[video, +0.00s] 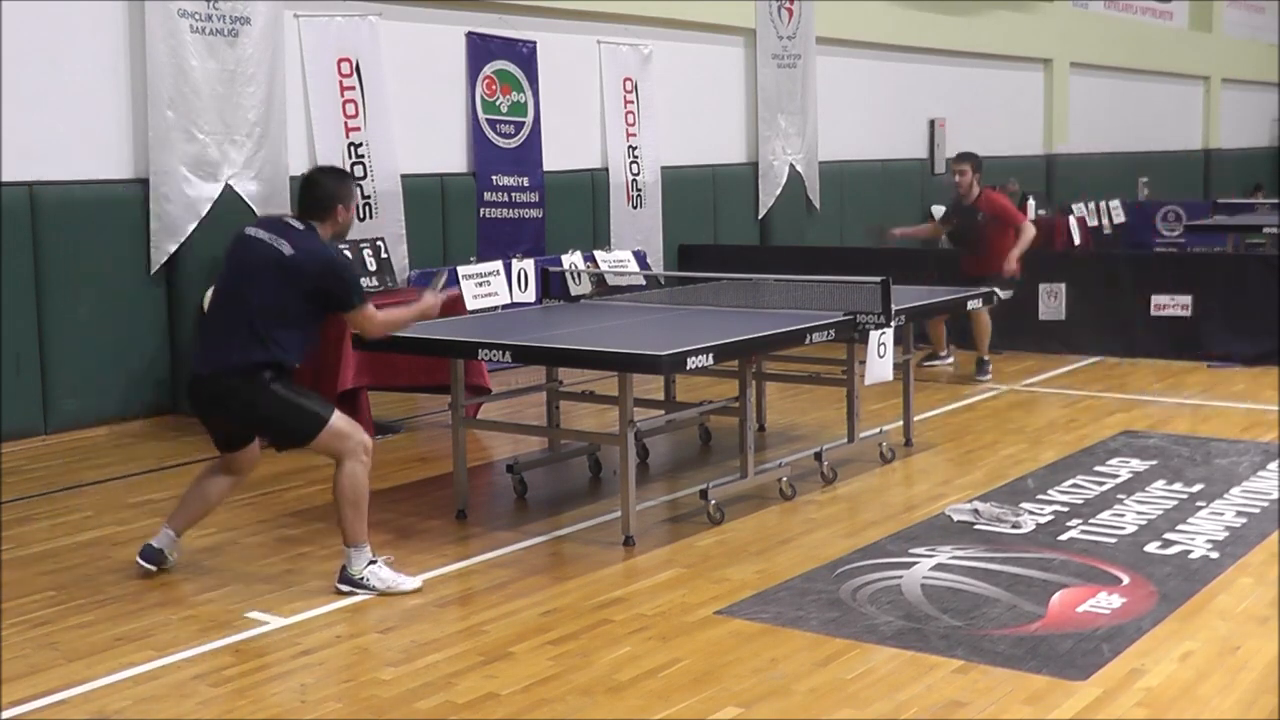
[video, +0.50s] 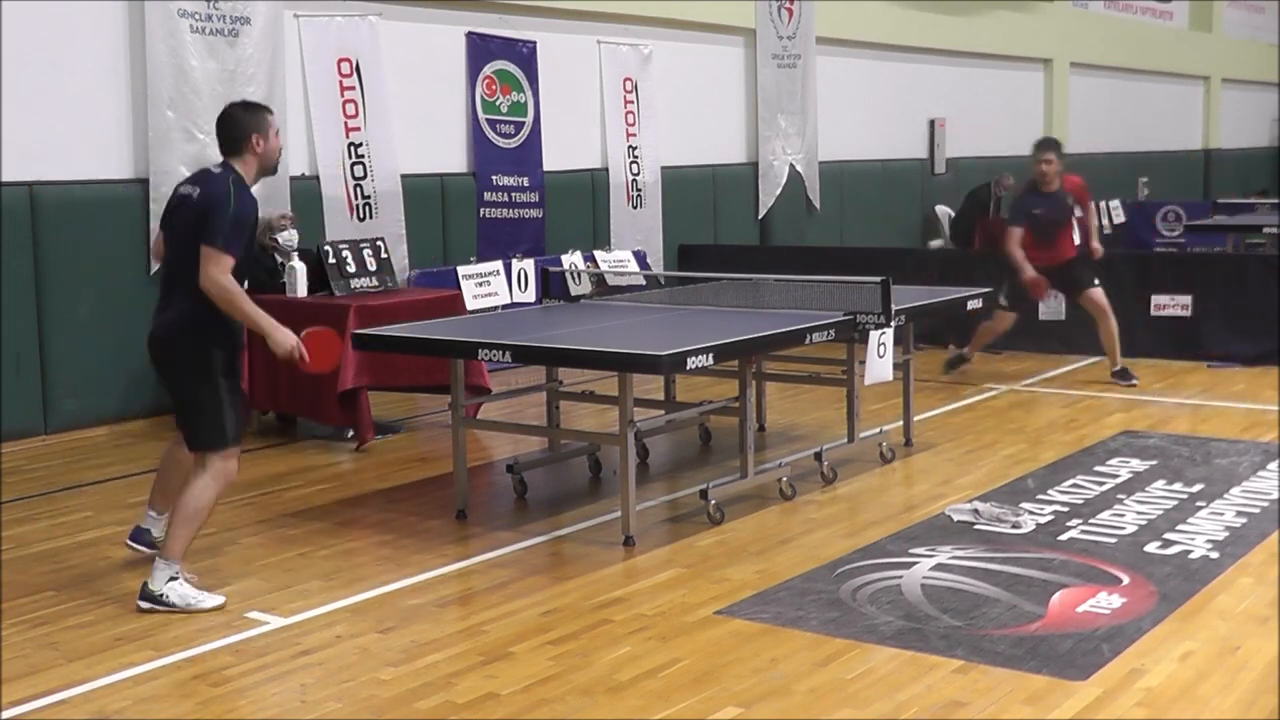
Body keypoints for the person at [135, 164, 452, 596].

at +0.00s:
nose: (354, 213)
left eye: (353, 205)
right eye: (352, 206)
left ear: (304, 203)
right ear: (341, 212)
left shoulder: (257, 229)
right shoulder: (328, 261)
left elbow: (217, 300)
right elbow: (370, 325)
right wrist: (422, 309)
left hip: (207, 380)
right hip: (252, 384)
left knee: (238, 461)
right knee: (356, 446)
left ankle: (162, 544)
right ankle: (359, 565)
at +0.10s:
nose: (345, 192)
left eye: (344, 183)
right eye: (340, 183)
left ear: (295, 186)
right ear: (320, 189)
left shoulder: (245, 210)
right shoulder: (301, 237)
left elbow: (270, 272)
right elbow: (355, 297)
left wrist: (321, 255)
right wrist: (415, 277)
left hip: (204, 362)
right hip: (243, 366)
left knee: (223, 455)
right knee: (330, 444)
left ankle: (153, 542)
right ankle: (360, 563)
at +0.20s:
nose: (310, 162)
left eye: (311, 153)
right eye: (307, 154)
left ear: (267, 151)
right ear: (284, 154)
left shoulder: (221, 177)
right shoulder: (252, 197)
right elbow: (291, 265)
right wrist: (353, 245)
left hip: (196, 337)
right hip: (230, 340)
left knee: (201, 440)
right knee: (282, 445)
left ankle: (147, 539)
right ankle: (311, 563)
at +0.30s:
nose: (300, 143)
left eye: (298, 133)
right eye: (296, 133)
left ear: (254, 134)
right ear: (275, 136)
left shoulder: (211, 167)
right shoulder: (239, 180)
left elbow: (210, 246)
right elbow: (247, 257)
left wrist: (270, 233)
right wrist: (313, 245)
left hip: (188, 325)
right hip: (222, 328)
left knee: (191, 434)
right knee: (264, 439)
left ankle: (146, 535)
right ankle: (240, 564)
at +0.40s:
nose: (285, 132)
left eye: (283, 123)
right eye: (281, 124)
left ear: (240, 128)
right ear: (263, 129)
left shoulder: (202, 165)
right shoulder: (240, 181)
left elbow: (167, 216)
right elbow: (214, 259)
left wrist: (249, 232)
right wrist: (273, 297)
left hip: (177, 323)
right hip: (210, 328)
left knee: (194, 431)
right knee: (229, 447)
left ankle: (147, 524)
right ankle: (170, 568)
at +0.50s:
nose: (280, 143)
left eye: (277, 135)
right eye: (275, 135)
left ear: (235, 143)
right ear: (257, 143)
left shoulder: (195, 185)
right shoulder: (234, 196)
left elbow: (161, 250)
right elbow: (213, 277)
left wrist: (248, 239)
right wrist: (271, 328)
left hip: (175, 338)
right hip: (202, 344)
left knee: (193, 439)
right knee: (221, 463)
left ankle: (152, 526)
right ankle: (165, 578)